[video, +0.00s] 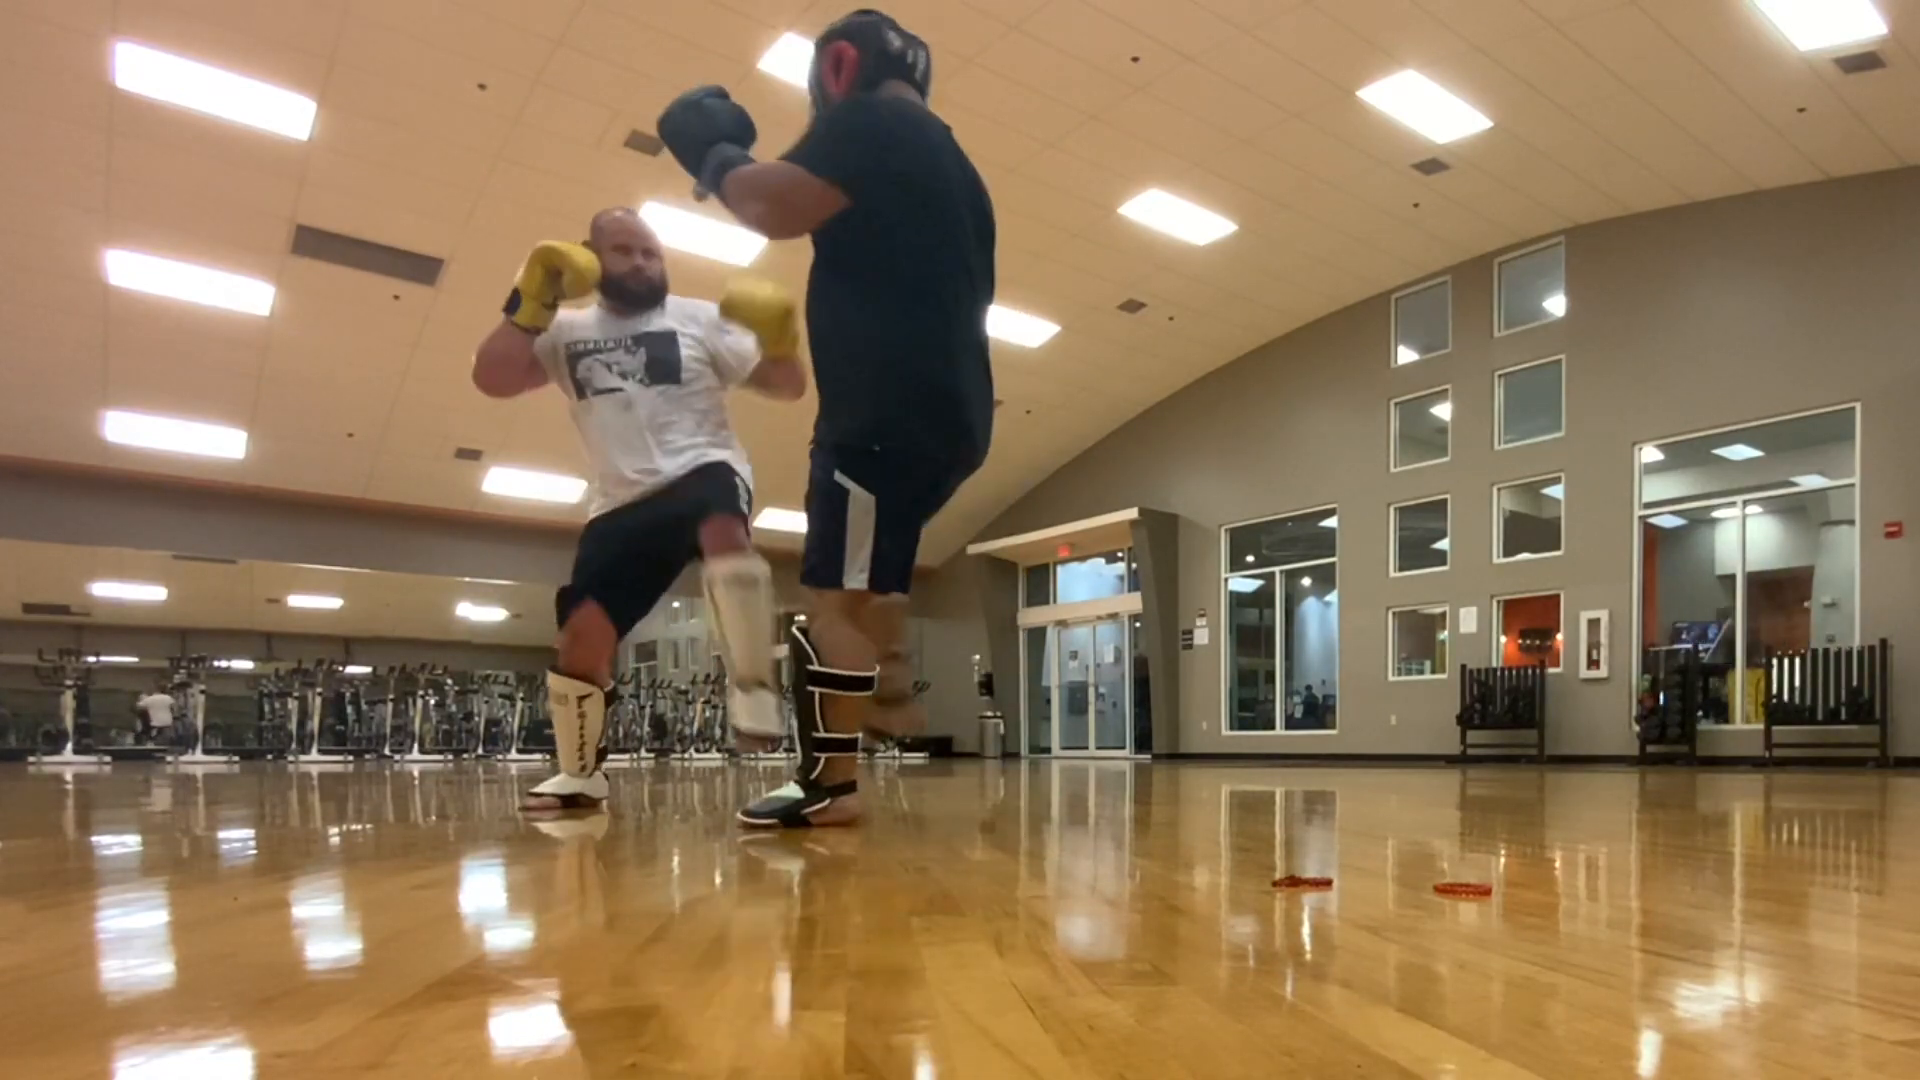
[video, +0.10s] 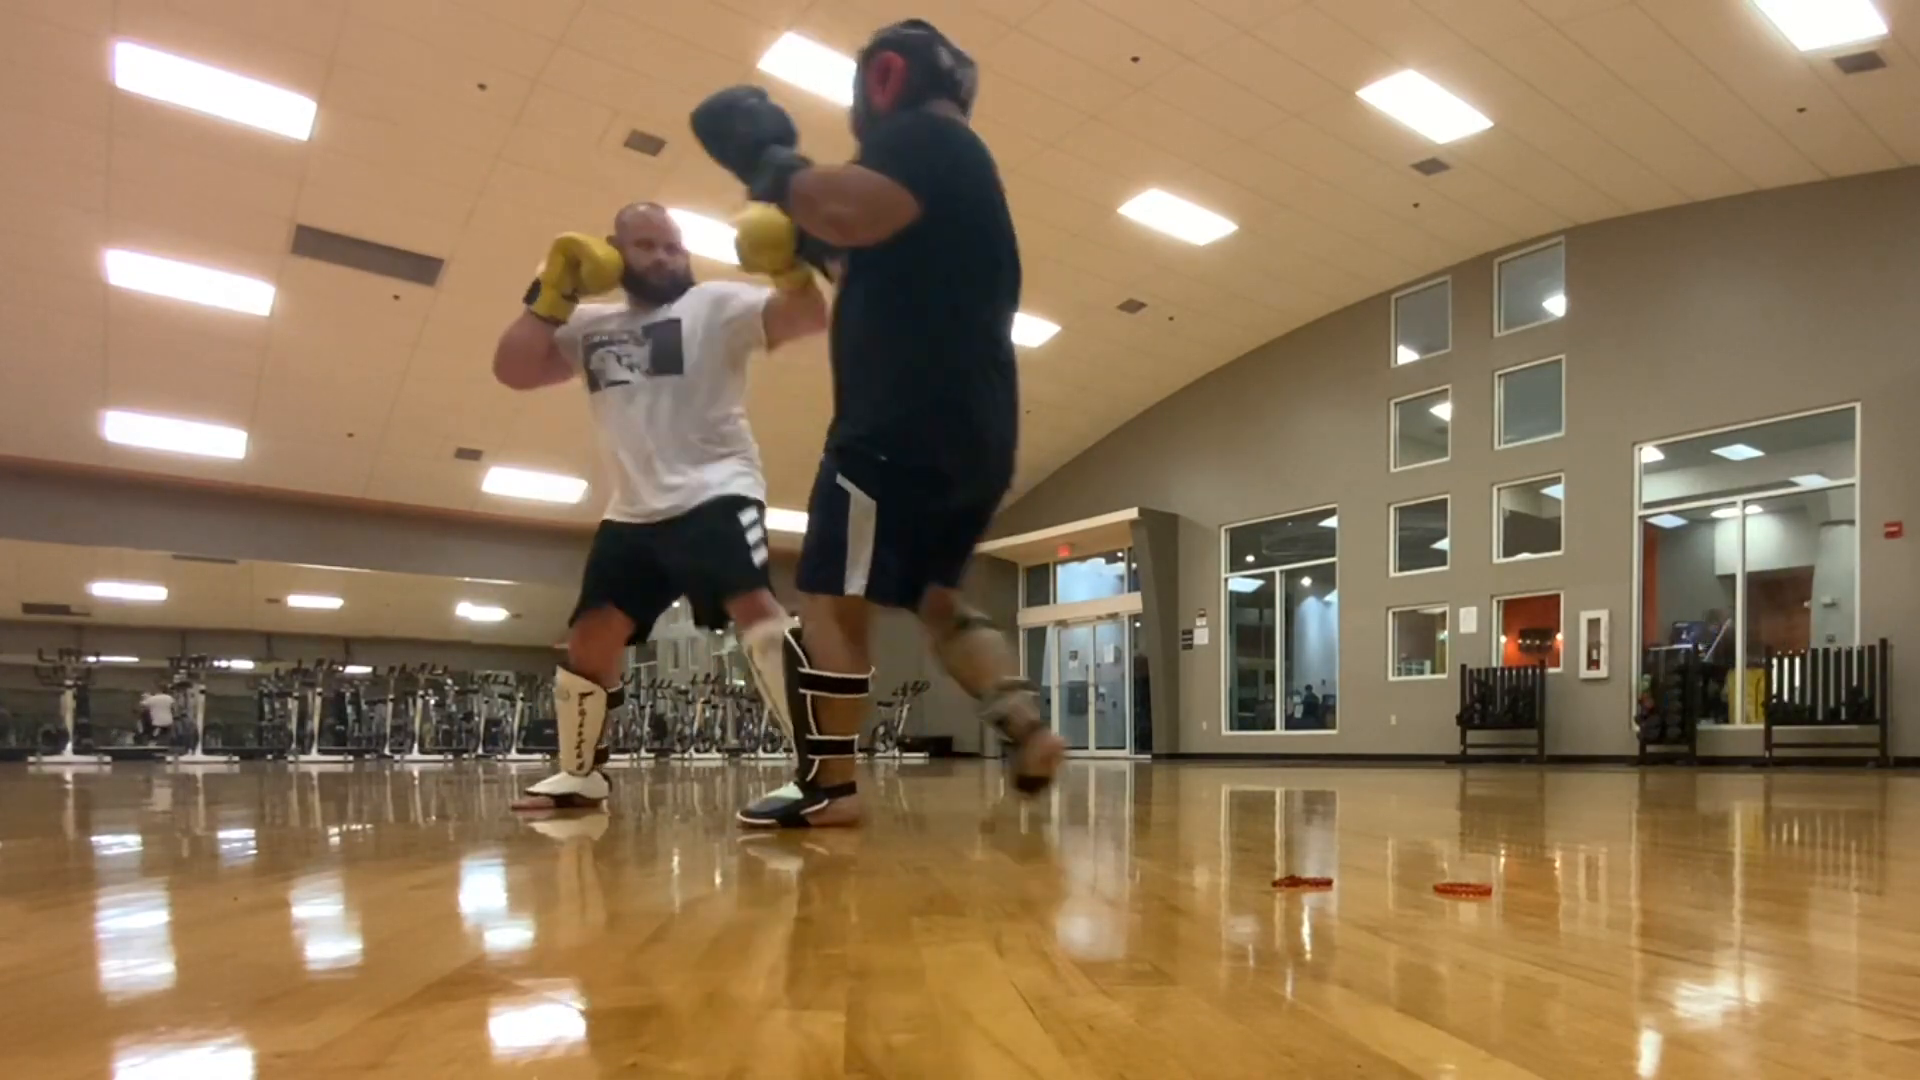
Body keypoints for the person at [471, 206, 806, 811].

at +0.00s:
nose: (642, 260)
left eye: (650, 250)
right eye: (623, 251)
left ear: (663, 259)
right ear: (594, 266)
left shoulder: (698, 319)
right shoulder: (567, 333)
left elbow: (788, 386)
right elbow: (492, 378)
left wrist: (780, 338)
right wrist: (532, 303)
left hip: (703, 473)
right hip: (623, 504)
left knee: (721, 526)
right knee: (585, 617)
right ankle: (580, 775)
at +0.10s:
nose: (663, 256)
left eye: (672, 245)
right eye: (645, 246)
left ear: (686, 254)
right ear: (616, 258)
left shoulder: (715, 305)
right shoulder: (590, 326)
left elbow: (808, 317)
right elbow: (513, 369)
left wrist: (787, 270)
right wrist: (552, 297)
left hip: (714, 492)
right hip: (633, 509)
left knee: (749, 605)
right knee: (595, 629)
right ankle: (579, 775)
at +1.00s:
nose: (705, 258)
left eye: (716, 247)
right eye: (693, 241)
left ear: (724, 250)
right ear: (660, 228)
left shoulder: (732, 314)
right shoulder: (591, 273)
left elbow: (780, 406)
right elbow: (571, 343)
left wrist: (820, 356)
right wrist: (635, 273)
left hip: (716, 504)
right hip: (615, 501)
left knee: (751, 632)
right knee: (609, 644)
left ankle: (807, 763)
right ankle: (612, 773)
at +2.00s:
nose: (752, 166)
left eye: (755, 159)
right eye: (741, 149)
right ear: (687, 130)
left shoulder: (744, 258)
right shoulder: (616, 188)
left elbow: (769, 359)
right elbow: (640, 270)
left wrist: (834, 307)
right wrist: (718, 203)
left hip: (758, 456)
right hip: (654, 450)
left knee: (818, 598)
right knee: (626, 609)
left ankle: (847, 756)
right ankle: (593, 777)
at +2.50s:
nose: (833, 176)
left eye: (839, 167)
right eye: (830, 160)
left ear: (800, 148)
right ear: (785, 138)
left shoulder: (826, 249)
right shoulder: (709, 186)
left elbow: (885, 345)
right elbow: (744, 269)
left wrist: (926, 287)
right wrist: (820, 210)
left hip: (819, 445)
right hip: (727, 436)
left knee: (894, 590)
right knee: (743, 600)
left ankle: (896, 742)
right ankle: (702, 785)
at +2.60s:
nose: (840, 188)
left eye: (842, 177)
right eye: (832, 171)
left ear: (798, 160)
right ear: (785, 153)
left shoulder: (816, 248)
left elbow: (902, 326)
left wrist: (939, 275)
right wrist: (861, 200)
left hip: (811, 437)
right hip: (730, 450)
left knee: (947, 458)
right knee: (754, 611)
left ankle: (936, 610)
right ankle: (707, 788)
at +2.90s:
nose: (826, 160)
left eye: (829, 148)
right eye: (815, 144)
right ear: (760, 131)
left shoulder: (850, 229)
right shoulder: (702, 211)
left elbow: (909, 306)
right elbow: (705, 269)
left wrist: (984, 361)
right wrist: (797, 202)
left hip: (885, 431)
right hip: (781, 443)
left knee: (1001, 531)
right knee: (769, 598)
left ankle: (1013, 680)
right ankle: (706, 782)